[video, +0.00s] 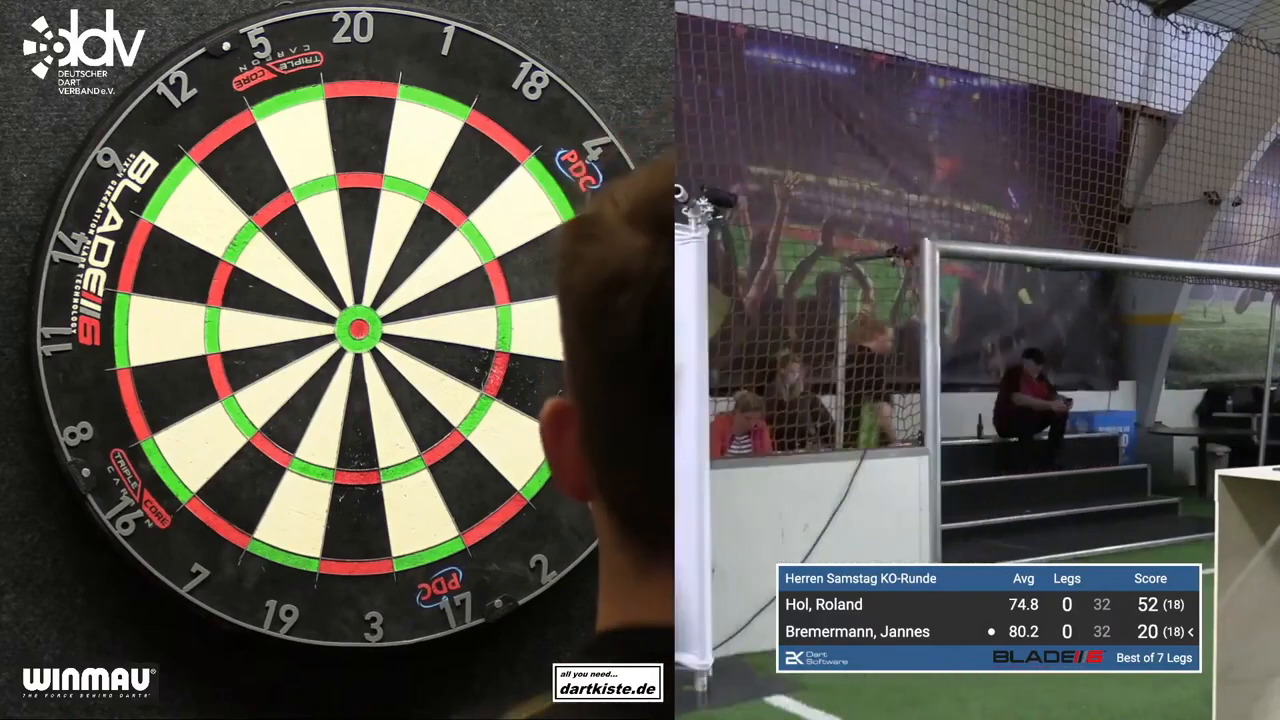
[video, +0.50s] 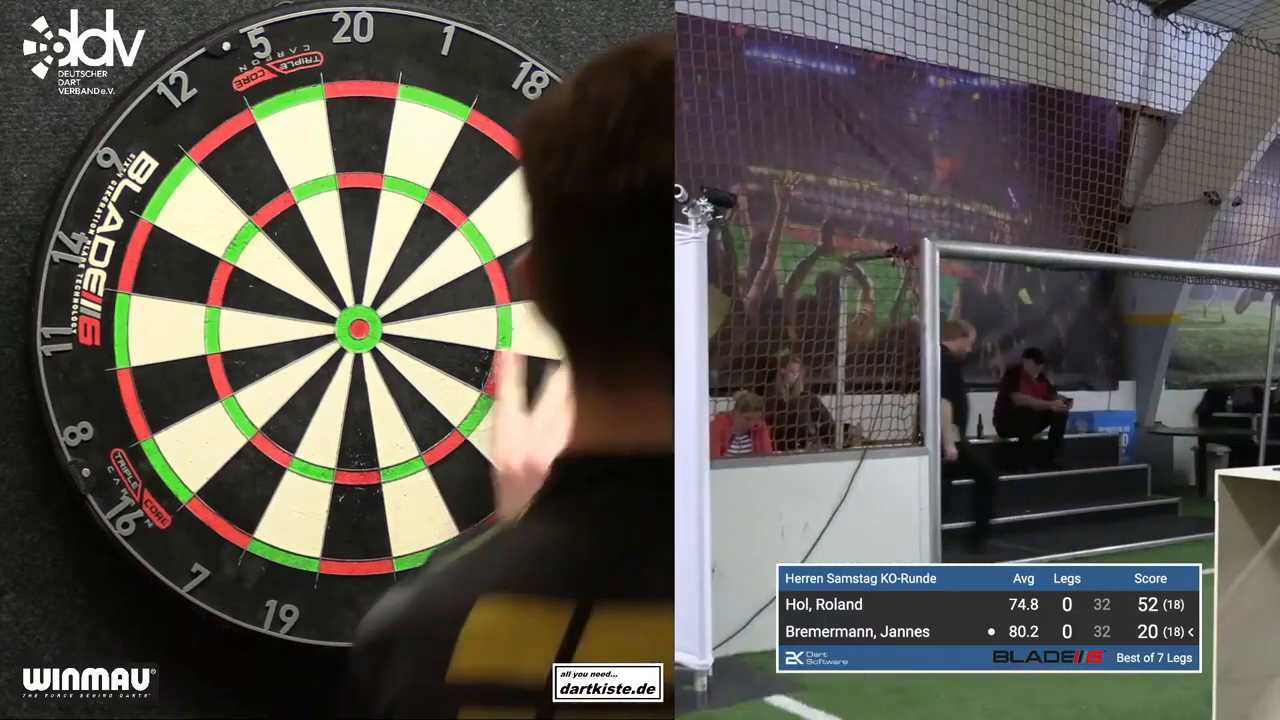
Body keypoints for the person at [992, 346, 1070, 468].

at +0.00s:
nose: (1038, 369)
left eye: (1040, 366)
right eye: (1035, 365)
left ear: (1042, 366)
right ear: (1026, 362)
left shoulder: (1040, 379)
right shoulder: (1013, 374)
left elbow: (1051, 396)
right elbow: (1017, 399)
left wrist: (1063, 402)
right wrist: (1050, 405)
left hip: (1030, 420)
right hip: (1007, 422)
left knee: (1060, 412)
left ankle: (1052, 456)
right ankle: (1026, 460)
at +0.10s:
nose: (1038, 369)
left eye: (1040, 366)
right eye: (1035, 365)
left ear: (1041, 366)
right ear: (1026, 362)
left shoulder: (1041, 379)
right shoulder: (1013, 375)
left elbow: (1052, 396)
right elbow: (1017, 399)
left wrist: (1063, 402)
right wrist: (1050, 405)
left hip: (1030, 420)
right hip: (1007, 422)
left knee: (1060, 413)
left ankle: (1052, 457)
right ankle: (1025, 461)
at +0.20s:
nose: (1039, 369)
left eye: (1041, 366)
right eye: (1036, 365)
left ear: (1042, 366)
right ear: (1026, 362)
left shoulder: (1041, 379)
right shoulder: (1013, 375)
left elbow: (1051, 396)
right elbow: (1017, 399)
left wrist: (1063, 402)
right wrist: (1050, 405)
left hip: (1030, 420)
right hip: (1007, 422)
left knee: (1060, 413)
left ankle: (1052, 456)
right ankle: (1025, 461)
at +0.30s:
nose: (1039, 369)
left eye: (1041, 366)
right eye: (1036, 365)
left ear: (1042, 366)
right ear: (1026, 362)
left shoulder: (1041, 380)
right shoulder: (1013, 375)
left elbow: (1052, 396)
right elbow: (1017, 399)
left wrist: (1063, 402)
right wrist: (1050, 405)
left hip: (1030, 419)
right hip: (1007, 422)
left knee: (1060, 412)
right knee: (1027, 416)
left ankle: (1052, 457)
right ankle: (1025, 460)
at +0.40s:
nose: (1038, 369)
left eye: (1041, 366)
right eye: (1035, 365)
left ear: (1042, 366)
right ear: (1025, 362)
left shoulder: (1041, 379)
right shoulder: (1013, 375)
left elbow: (1052, 396)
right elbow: (1017, 399)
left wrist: (1063, 402)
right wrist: (1050, 405)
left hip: (1030, 420)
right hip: (1007, 422)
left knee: (1060, 412)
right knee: (1027, 416)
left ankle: (1052, 456)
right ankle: (1025, 460)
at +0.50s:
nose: (1038, 369)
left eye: (1041, 366)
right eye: (1035, 365)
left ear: (1042, 366)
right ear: (1025, 362)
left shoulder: (1041, 379)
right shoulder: (1013, 375)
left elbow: (1051, 396)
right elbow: (1017, 399)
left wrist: (1063, 402)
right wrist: (1050, 405)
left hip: (1030, 420)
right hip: (1007, 423)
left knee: (1060, 413)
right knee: (1027, 416)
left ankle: (1052, 456)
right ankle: (1025, 461)